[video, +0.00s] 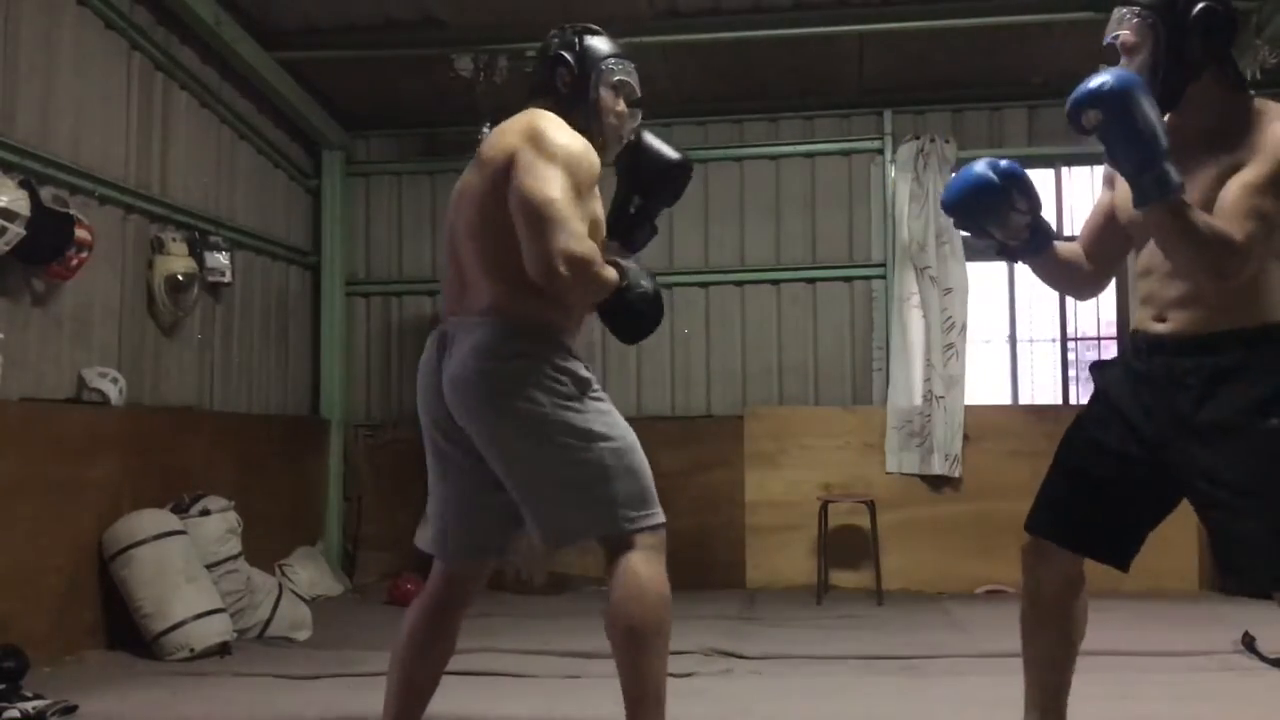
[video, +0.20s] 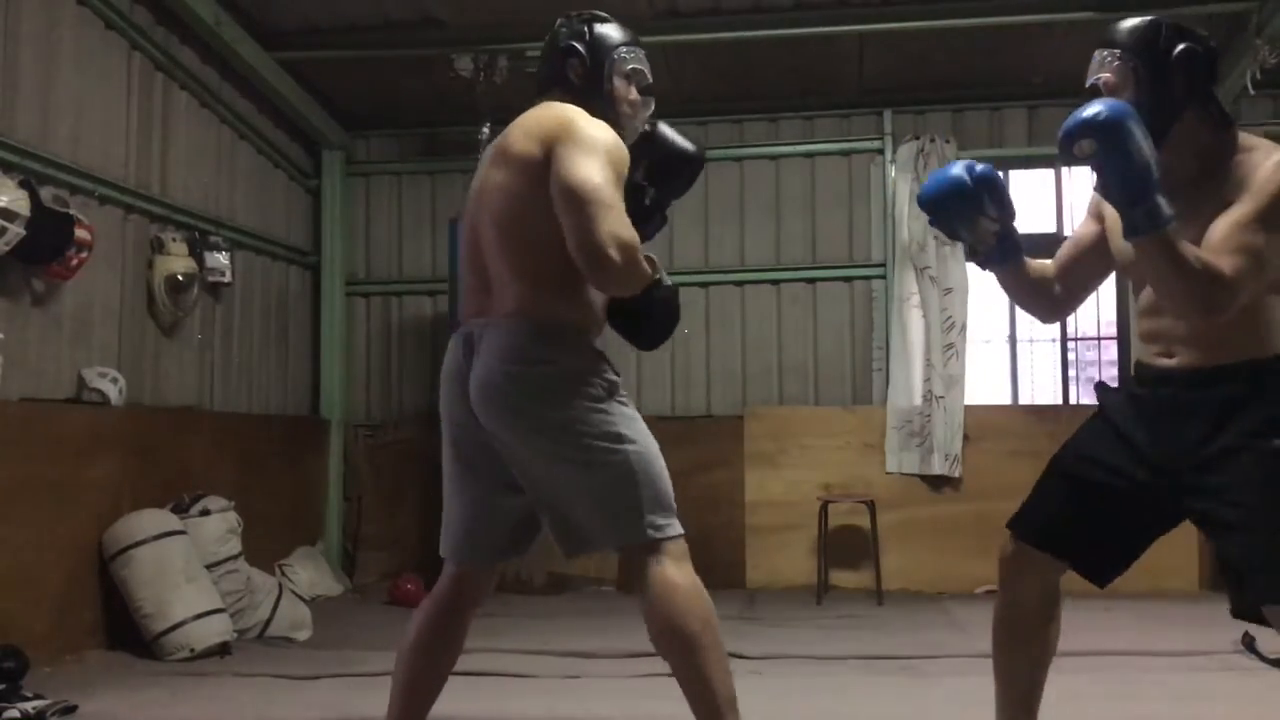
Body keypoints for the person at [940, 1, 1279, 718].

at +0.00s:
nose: (1111, 52)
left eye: (1127, 34)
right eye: (1112, 39)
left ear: (1185, 39)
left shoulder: (1267, 131)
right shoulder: (1139, 150)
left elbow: (1228, 263)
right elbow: (1083, 274)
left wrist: (1149, 172)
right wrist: (1029, 239)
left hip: (1244, 384)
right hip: (1140, 384)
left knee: (1273, 583)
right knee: (1049, 548)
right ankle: (1043, 715)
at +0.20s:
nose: (1097, 101)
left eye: (1110, 84)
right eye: (1095, 87)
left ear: (1169, 84)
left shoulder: (1265, 169)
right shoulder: (1124, 185)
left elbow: (1211, 298)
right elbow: (1051, 298)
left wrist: (1142, 202)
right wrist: (997, 247)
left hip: (1248, 409)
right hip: (1144, 408)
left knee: (1274, 605)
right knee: (1027, 557)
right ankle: (1015, 717)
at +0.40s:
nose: (1107, 84)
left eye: (1123, 67)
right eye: (1104, 69)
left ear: (1182, 73)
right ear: (1110, 79)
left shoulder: (1266, 154)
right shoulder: (1101, 161)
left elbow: (1201, 259)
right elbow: (993, 219)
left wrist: (1135, 156)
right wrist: (937, 161)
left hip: (1257, 396)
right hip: (1138, 398)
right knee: (1037, 561)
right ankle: (1016, 717)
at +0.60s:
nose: (1129, 82)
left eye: (1147, 63)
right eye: (1125, 68)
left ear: (1215, 62)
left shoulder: (1272, 149)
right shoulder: (1142, 168)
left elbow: (1256, 287)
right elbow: (1063, 275)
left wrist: (1178, 196)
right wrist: (998, 221)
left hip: (1266, 393)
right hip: (1162, 392)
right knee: (1059, 559)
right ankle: (1020, 717)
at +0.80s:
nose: (1131, 111)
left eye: (1147, 93)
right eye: (1127, 95)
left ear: (1206, 99)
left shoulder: (1270, 185)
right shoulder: (1164, 194)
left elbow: (1251, 304)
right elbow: (1085, 307)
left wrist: (1170, 211)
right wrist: (1040, 247)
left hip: (1271, 401)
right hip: (1198, 401)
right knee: (1075, 563)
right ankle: (1046, 717)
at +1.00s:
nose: (1232, 80)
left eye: (1252, 65)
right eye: (1229, 64)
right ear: (1223, 78)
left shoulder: (1278, 169)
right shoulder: (1219, 177)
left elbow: (1206, 177)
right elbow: (1109, 220)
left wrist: (1176, 93)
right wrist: (1025, 185)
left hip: (1273, 407)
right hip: (1220, 409)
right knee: (1078, 556)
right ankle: (1046, 716)